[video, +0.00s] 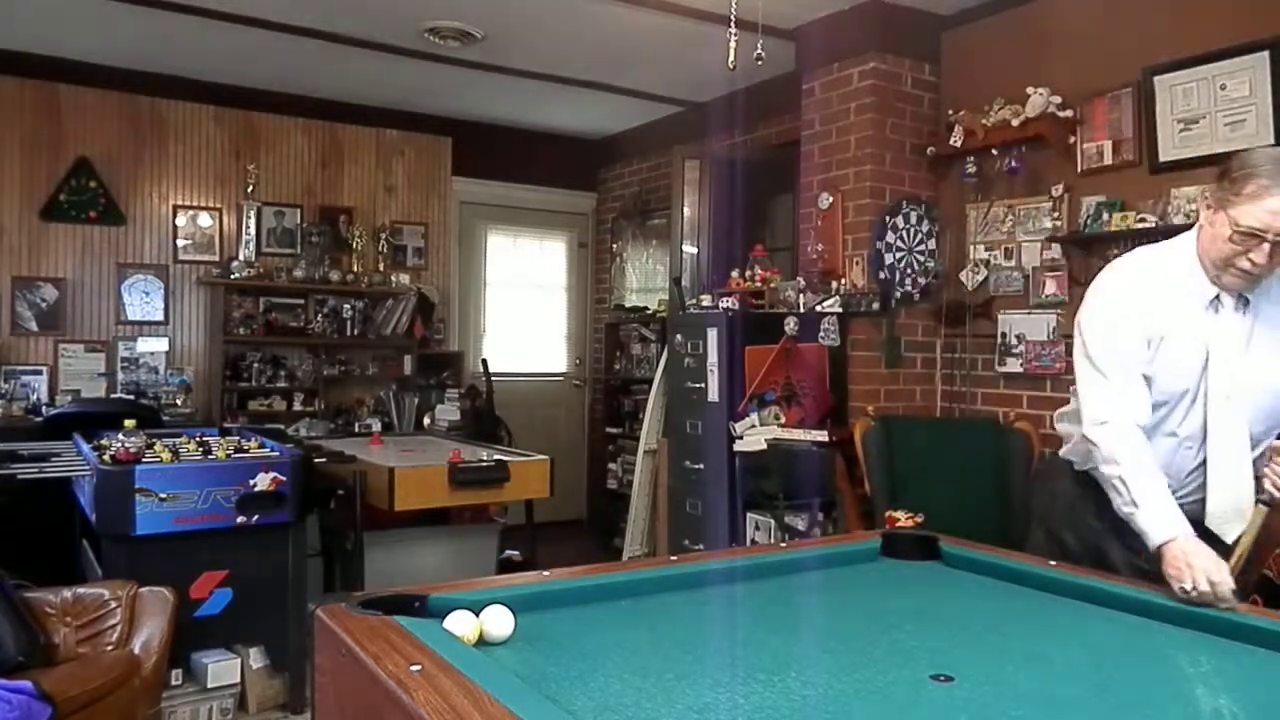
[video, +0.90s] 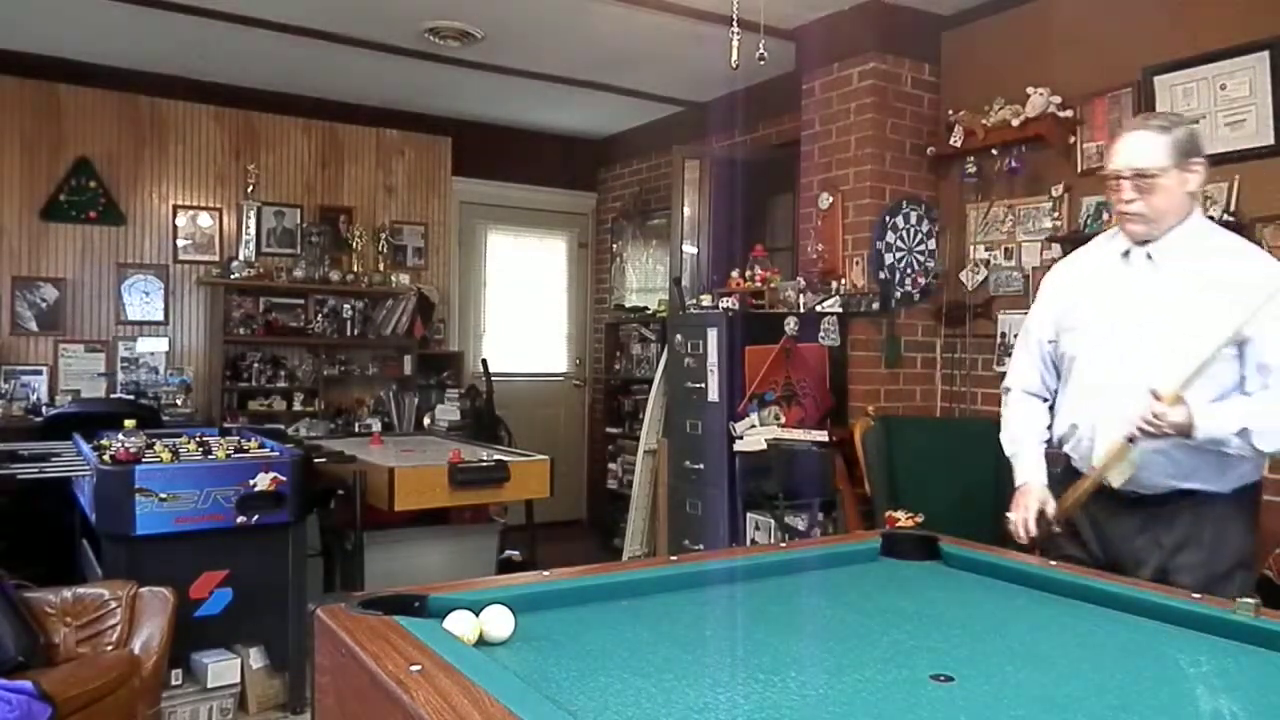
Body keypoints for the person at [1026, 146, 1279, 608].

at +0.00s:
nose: (1262, 258)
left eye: (1277, 244)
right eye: (1248, 235)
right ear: (1208, 211)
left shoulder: (1273, 296)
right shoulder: (1126, 288)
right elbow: (1110, 430)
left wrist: (1266, 459)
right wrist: (1172, 540)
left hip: (1206, 522)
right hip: (1095, 510)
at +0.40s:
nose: (1268, 240)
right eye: (1256, 216)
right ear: (1218, 196)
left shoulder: (1272, 293)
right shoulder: (1130, 276)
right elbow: (1074, 411)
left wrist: (1269, 466)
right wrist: (1145, 505)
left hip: (1228, 526)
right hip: (1104, 515)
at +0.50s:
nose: (1254, 228)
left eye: (1274, 215)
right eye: (1242, 204)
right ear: (1209, 189)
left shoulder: (1272, 285)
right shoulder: (1123, 270)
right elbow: (1050, 397)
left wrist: (1269, 458)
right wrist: (1115, 494)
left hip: (1222, 527)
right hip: (1096, 516)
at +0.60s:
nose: (1223, 214)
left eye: (1248, 202)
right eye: (1211, 194)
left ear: (1275, 212)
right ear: (1187, 187)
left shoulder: (1274, 280)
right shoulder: (1114, 266)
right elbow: (1040, 387)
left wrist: (1272, 455)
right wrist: (1083, 488)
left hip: (1224, 529)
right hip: (1105, 519)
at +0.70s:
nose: (1189, 204)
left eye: (1214, 191)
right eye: (1177, 185)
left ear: (1258, 193)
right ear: (1160, 183)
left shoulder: (1271, 277)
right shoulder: (1100, 268)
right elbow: (1035, 385)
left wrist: (1258, 446)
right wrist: (1059, 486)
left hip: (1219, 530)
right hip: (1098, 520)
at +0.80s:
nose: (1156, 199)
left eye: (1178, 185)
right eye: (1145, 183)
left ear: (1226, 186)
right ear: (1134, 183)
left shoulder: (1266, 277)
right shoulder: (1085, 271)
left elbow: (1276, 416)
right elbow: (1030, 384)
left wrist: (1227, 436)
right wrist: (1041, 482)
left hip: (1207, 527)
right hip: (1085, 514)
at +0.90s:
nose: (1124, 194)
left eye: (1143, 179)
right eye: (1115, 180)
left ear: (1193, 177)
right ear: (1105, 182)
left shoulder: (1253, 276)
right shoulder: (1072, 274)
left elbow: (1271, 408)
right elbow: (1025, 387)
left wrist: (1197, 421)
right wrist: (1029, 479)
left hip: (1200, 524)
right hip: (1085, 518)